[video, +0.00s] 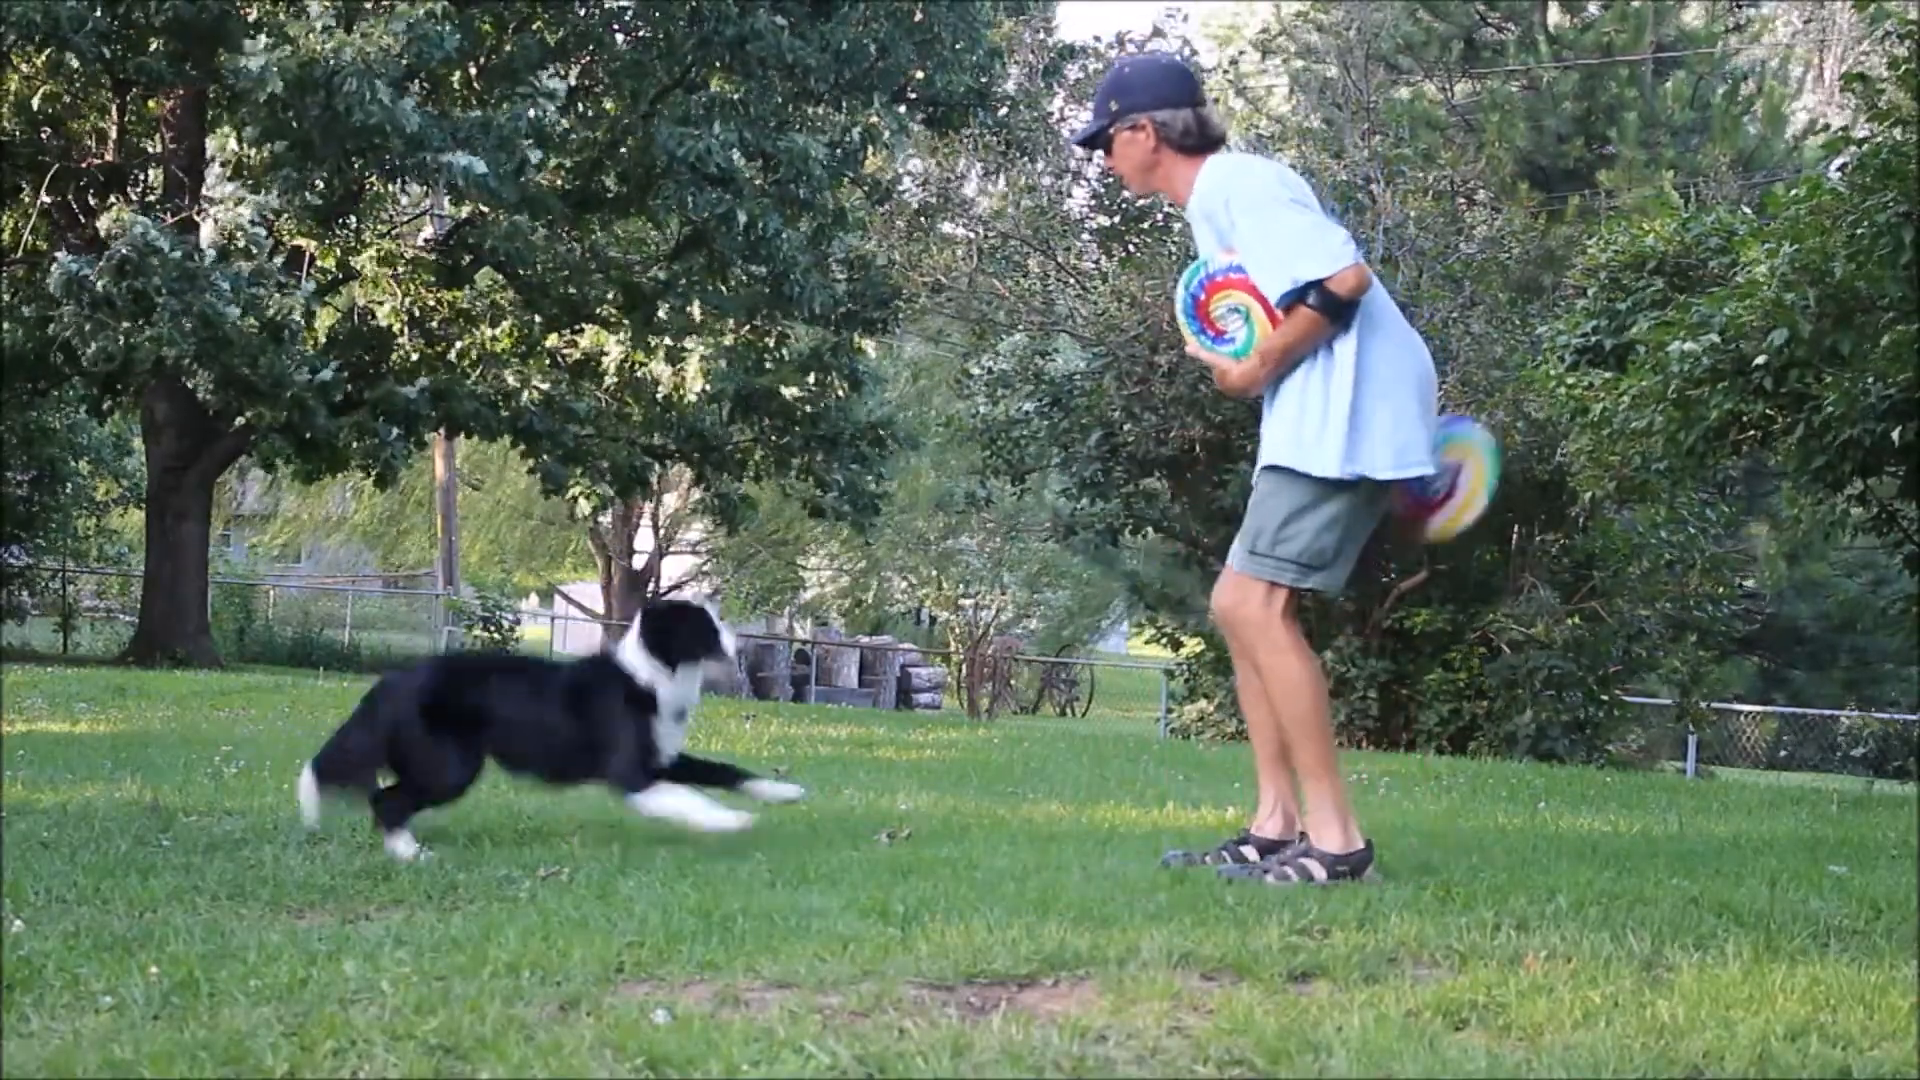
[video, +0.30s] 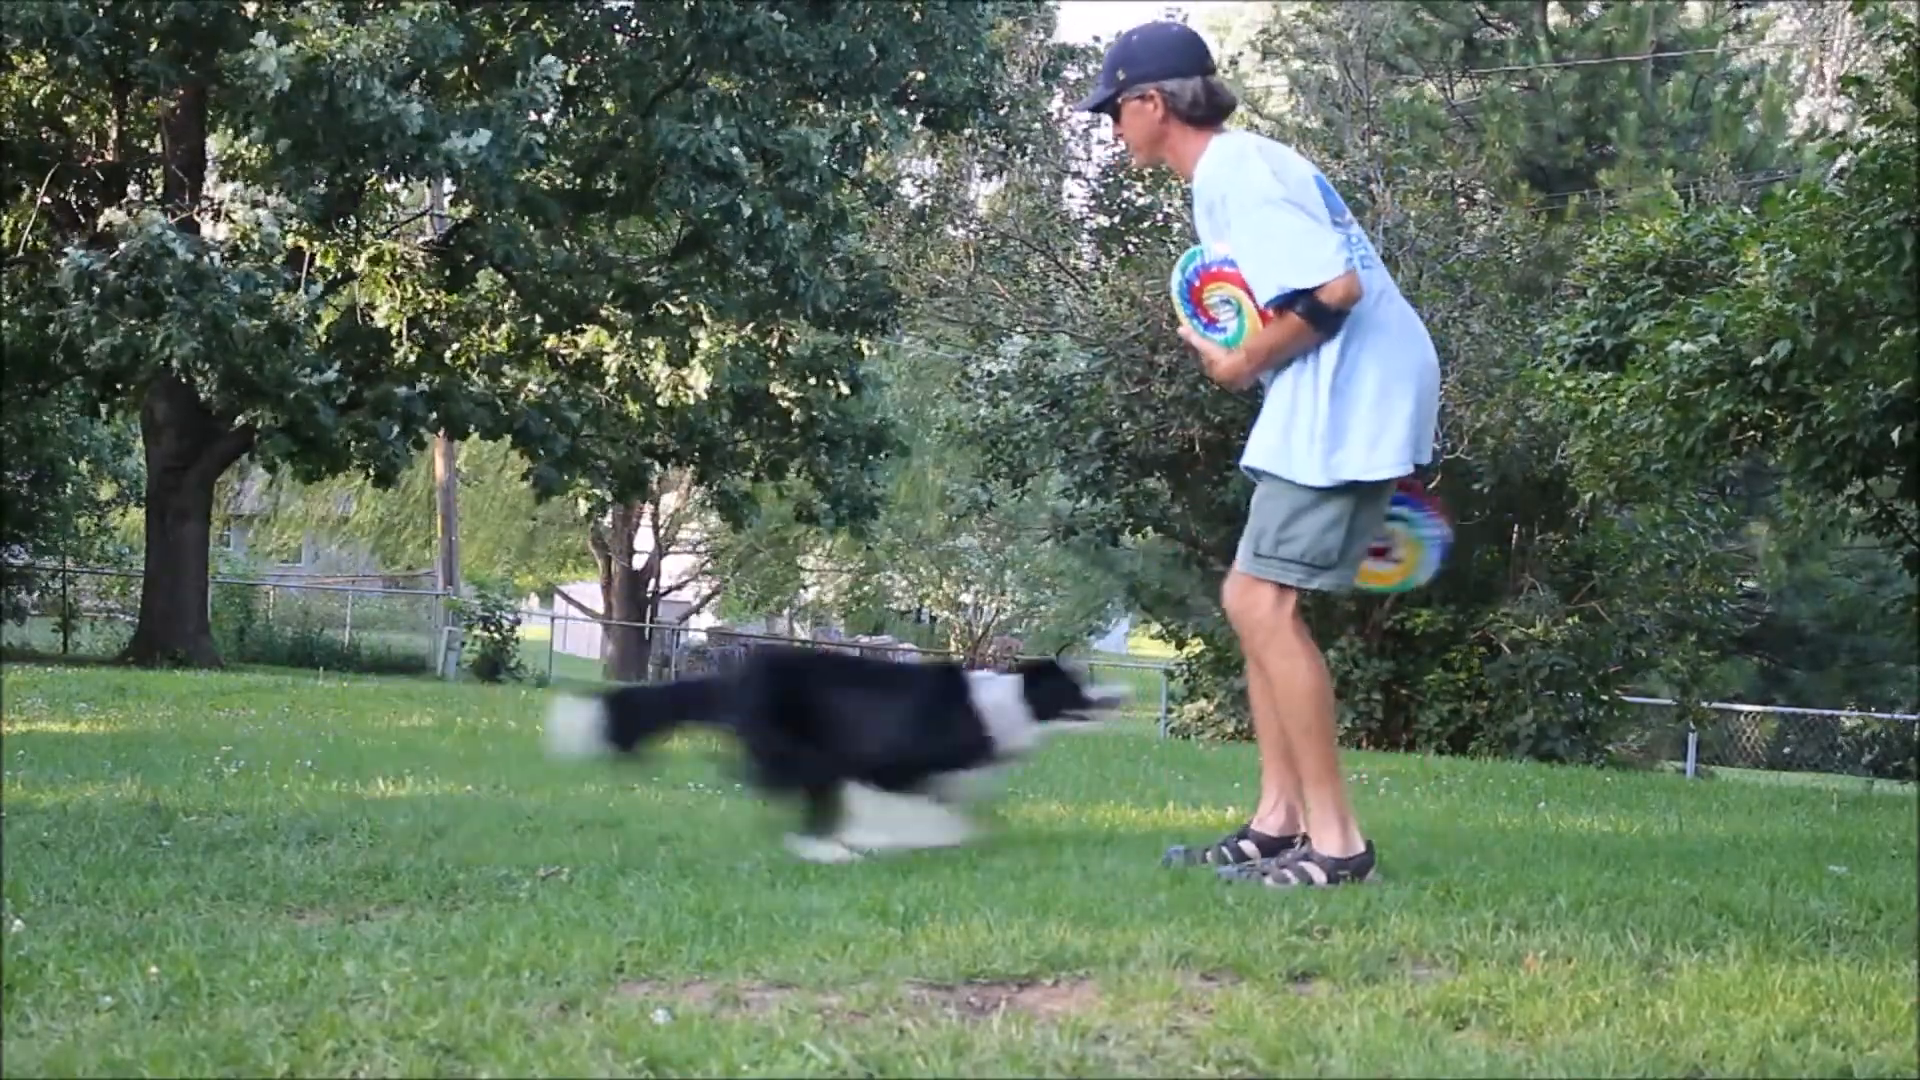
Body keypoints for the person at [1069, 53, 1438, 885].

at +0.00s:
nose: (1107, 161)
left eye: (1109, 142)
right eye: (1104, 146)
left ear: (1148, 131)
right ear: (1153, 132)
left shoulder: (1233, 183)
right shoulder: (1216, 201)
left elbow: (1341, 276)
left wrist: (1258, 366)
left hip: (1350, 421)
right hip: (1320, 422)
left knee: (1257, 606)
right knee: (1236, 606)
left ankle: (1334, 841)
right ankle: (1277, 826)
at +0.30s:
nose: (1115, 133)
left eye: (1118, 112)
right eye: (1112, 116)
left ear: (1157, 102)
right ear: (1166, 101)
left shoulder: (1237, 174)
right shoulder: (1241, 167)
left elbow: (1331, 288)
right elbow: (1339, 289)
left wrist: (1240, 361)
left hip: (1353, 401)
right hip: (1341, 397)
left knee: (1263, 601)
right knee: (1249, 598)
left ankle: (1336, 844)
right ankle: (1279, 825)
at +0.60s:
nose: (1129, 130)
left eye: (1135, 110)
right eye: (1127, 113)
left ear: (1179, 101)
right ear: (1184, 104)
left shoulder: (1264, 171)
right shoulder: (1235, 191)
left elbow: (1366, 293)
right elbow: (1284, 346)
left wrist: (1260, 365)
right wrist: (1190, 408)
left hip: (1353, 420)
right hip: (1320, 420)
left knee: (1239, 604)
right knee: (1231, 606)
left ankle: (1332, 838)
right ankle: (1286, 830)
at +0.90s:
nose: (1152, 152)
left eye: (1161, 133)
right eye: (1149, 137)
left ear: (1212, 120)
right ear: (1209, 127)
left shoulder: (1296, 194)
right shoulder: (1253, 223)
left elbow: (1400, 316)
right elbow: (1265, 387)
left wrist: (1296, 383)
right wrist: (1138, 401)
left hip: (1374, 435)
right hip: (1337, 436)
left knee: (1233, 595)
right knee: (1225, 601)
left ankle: (1325, 825)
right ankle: (1285, 829)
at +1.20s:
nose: (1186, 162)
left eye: (1194, 142)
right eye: (1182, 146)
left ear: (1244, 130)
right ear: (1237, 134)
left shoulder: (1337, 196)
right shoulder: (1291, 235)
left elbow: (1451, 308)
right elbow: (1324, 395)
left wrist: (1346, 389)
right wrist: (1231, 467)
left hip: (1435, 442)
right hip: (1386, 446)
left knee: (1324, 614)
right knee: (1281, 602)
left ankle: (1462, 834)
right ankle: (1297, 837)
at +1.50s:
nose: (1289, 109)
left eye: (1292, 90)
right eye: (1287, 92)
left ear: (1328, 86)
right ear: (1354, 85)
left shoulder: (1408, 159)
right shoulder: (1397, 167)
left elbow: (1504, 289)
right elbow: (1460, 321)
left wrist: (1401, 359)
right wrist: (1366, 410)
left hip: (1518, 404)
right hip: (1496, 404)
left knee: (1419, 600)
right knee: (1399, 598)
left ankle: (1472, 849)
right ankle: (1347, 819)